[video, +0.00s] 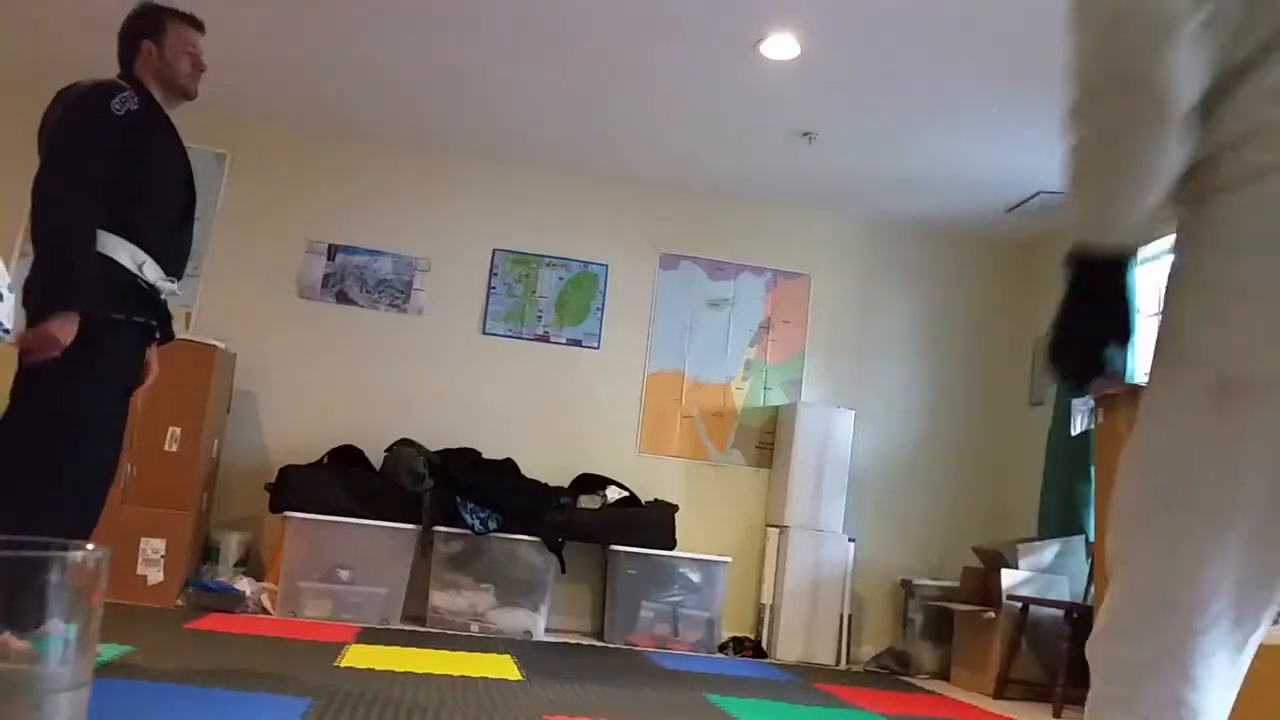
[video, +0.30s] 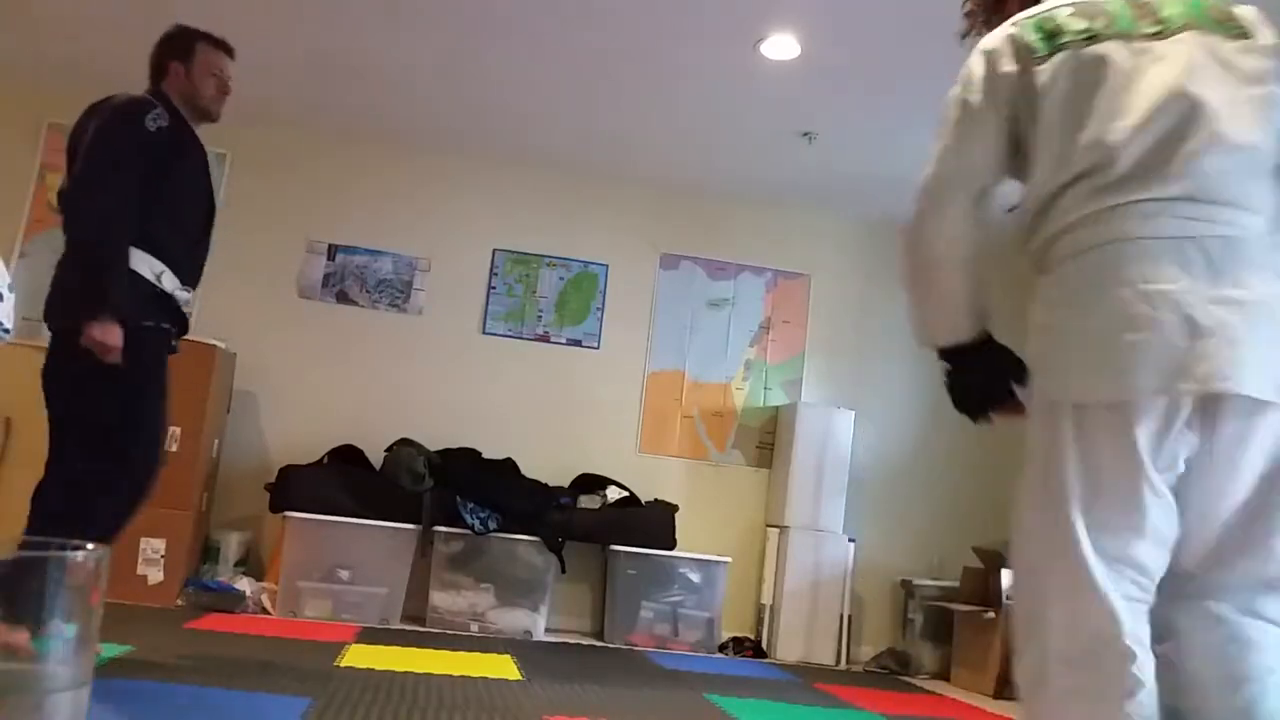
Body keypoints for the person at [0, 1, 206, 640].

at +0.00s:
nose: (202, 67)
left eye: (203, 57)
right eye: (191, 54)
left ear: (158, 59)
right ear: (147, 52)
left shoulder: (157, 130)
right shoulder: (102, 104)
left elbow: (144, 237)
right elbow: (65, 200)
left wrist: (151, 329)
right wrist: (61, 303)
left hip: (118, 328)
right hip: (81, 321)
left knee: (82, 472)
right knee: (51, 468)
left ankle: (38, 613)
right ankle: (13, 614)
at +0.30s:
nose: (227, 89)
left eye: (230, 80)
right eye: (217, 75)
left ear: (190, 80)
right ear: (175, 71)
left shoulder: (173, 138)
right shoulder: (137, 120)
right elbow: (104, 212)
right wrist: (102, 310)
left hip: (131, 330)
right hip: (114, 328)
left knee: (90, 466)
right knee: (123, 465)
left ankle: (38, 605)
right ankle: (28, 601)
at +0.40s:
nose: (238, 97)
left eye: (241, 88)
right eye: (229, 84)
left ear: (194, 86)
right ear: (188, 79)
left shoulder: (179, 141)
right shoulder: (150, 123)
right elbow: (115, 214)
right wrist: (116, 312)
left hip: (113, 318)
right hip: (133, 317)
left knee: (77, 458)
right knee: (170, 453)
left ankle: (34, 590)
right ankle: (64, 593)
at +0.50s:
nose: (252, 107)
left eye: (255, 99)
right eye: (243, 94)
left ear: (213, 94)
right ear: (204, 86)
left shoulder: (203, 152)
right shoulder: (163, 130)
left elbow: (170, 246)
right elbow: (122, 220)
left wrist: (176, 325)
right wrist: (122, 319)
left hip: (137, 330)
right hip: (151, 332)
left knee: (83, 475)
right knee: (188, 469)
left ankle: (28, 617)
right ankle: (135, 625)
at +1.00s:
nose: (356, 137)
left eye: (360, 127)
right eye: (349, 122)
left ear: (306, 118)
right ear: (314, 113)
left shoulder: (251, 150)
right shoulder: (290, 153)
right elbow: (277, 241)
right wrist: (288, 336)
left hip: (191, 314)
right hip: (239, 317)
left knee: (183, 469)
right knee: (256, 484)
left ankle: (83, 614)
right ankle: (227, 646)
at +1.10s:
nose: (368, 139)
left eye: (372, 129)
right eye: (362, 124)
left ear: (314, 118)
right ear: (327, 114)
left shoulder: (253, 151)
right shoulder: (307, 156)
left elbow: (246, 257)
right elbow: (312, 249)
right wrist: (350, 337)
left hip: (201, 322)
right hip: (256, 328)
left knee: (206, 468)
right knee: (267, 484)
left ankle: (116, 603)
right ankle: (230, 646)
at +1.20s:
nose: (374, 142)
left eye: (377, 131)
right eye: (369, 127)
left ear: (324, 119)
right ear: (334, 115)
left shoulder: (259, 154)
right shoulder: (317, 159)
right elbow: (345, 252)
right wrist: (388, 335)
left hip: (208, 323)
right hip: (262, 330)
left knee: (207, 472)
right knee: (266, 489)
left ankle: (143, 617)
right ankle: (230, 646)